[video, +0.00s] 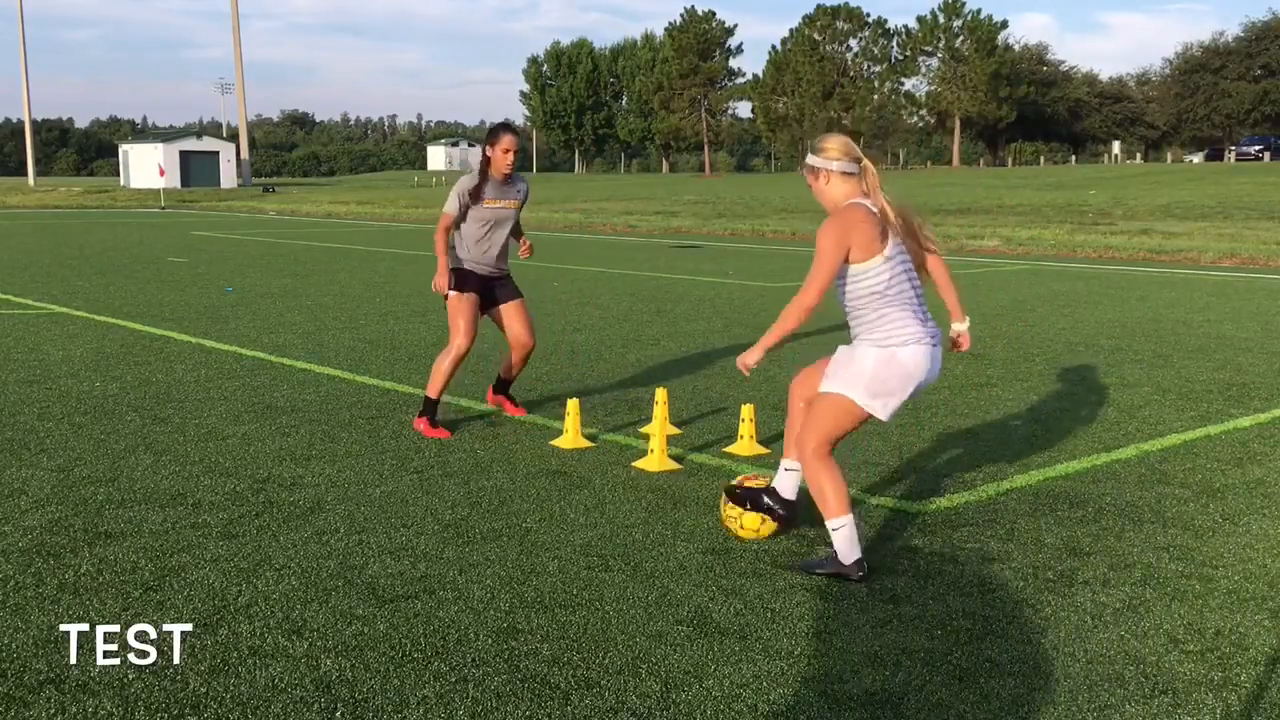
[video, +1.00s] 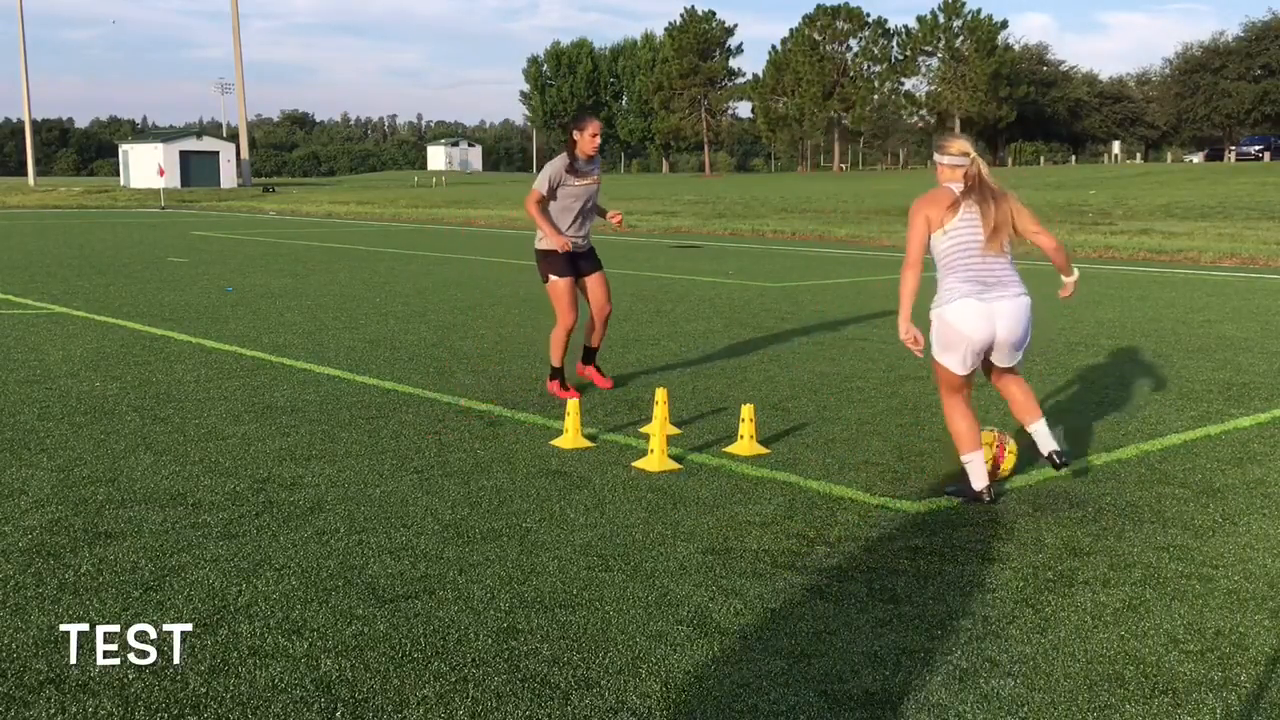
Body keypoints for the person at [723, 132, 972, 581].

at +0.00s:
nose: (811, 188)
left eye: (811, 180)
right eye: (810, 180)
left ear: (823, 177)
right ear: (856, 173)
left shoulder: (840, 224)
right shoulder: (893, 216)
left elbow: (807, 302)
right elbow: (933, 261)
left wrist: (760, 347)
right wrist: (959, 319)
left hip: (889, 354)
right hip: (919, 348)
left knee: (813, 442)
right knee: (804, 387)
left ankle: (849, 558)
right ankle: (782, 496)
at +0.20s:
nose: (847, 166)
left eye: (848, 157)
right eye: (848, 158)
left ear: (860, 155)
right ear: (892, 153)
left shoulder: (871, 195)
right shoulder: (926, 189)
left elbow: (872, 255)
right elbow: (977, 240)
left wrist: (843, 316)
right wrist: (965, 281)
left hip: (910, 326)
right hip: (956, 326)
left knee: (858, 435)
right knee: (900, 429)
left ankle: (852, 553)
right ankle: (949, 523)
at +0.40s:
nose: (885, 157)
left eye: (887, 149)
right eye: (885, 150)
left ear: (898, 147)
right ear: (929, 143)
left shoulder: (906, 178)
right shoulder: (970, 175)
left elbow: (891, 235)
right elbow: (1023, 223)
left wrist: (870, 293)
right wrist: (1055, 271)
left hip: (958, 304)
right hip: (997, 298)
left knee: (930, 414)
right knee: (907, 375)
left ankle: (985, 518)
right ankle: (941, 478)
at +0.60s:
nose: (917, 164)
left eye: (917, 157)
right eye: (917, 157)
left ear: (925, 156)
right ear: (959, 152)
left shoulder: (929, 194)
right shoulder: (995, 185)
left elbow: (912, 257)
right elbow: (1044, 224)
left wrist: (896, 315)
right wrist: (1077, 271)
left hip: (982, 313)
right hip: (1026, 306)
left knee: (971, 425)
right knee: (973, 395)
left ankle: (1012, 534)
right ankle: (1009, 476)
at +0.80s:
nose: (935, 146)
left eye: (935, 139)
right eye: (936, 140)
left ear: (941, 140)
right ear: (976, 137)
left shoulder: (941, 178)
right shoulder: (1005, 172)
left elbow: (941, 233)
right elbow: (1053, 222)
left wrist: (934, 286)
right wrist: (1053, 258)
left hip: (976, 299)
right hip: (1026, 292)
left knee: (956, 396)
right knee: (1027, 392)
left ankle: (1004, 484)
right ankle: (1062, 487)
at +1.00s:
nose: (937, 172)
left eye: (937, 167)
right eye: (939, 167)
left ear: (939, 167)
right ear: (973, 165)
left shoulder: (928, 203)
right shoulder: (1001, 198)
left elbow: (912, 264)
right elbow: (1050, 244)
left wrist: (905, 319)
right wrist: (1068, 274)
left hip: (960, 313)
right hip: (1013, 308)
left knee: (955, 393)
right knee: (1005, 372)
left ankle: (980, 485)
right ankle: (1051, 448)